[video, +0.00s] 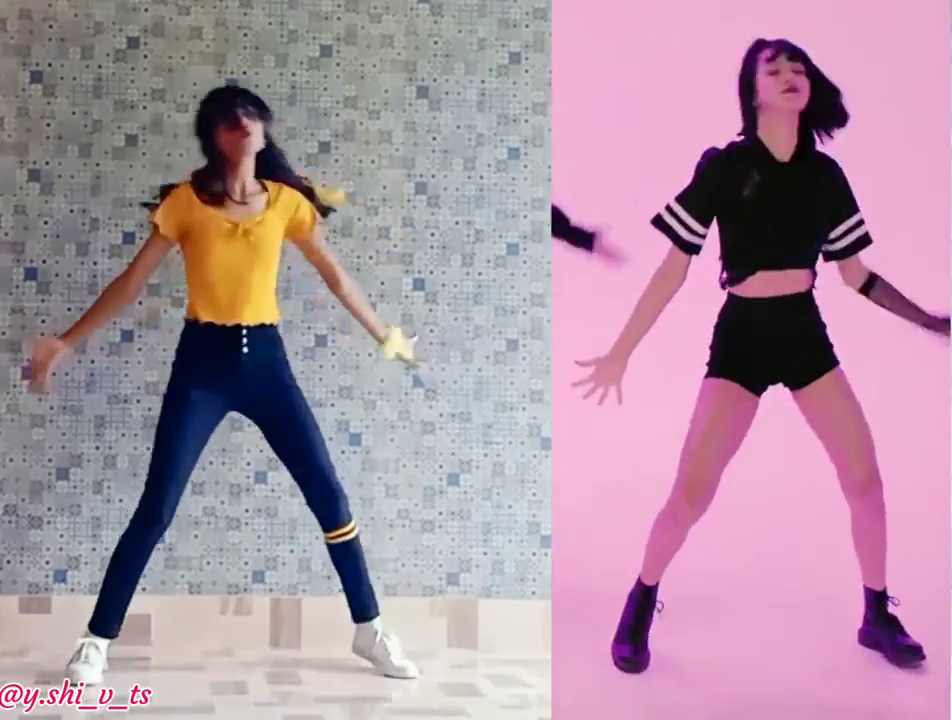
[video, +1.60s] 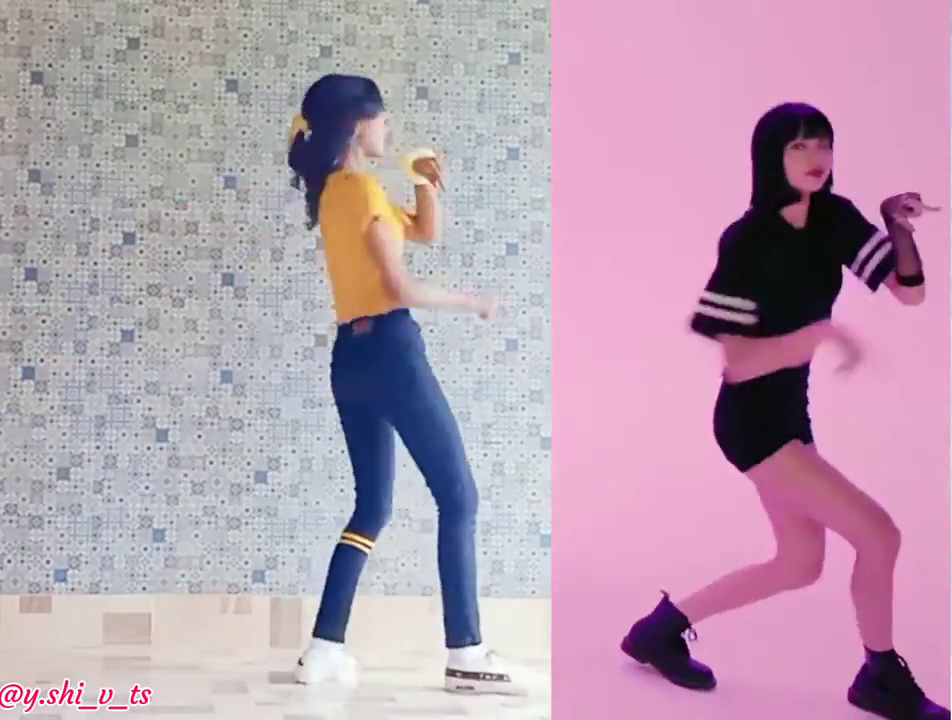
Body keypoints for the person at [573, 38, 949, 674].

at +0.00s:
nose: (789, 75)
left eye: (797, 67)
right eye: (773, 68)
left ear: (811, 87)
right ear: (751, 90)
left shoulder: (823, 172)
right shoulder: (722, 169)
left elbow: (857, 273)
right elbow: (672, 269)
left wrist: (929, 320)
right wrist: (621, 351)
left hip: (805, 334)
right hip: (741, 337)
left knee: (864, 480)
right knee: (691, 497)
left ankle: (877, 614)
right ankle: (640, 606)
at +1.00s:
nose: (739, 123)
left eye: (748, 106)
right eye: (722, 116)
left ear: (773, 108)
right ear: (710, 134)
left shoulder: (817, 172)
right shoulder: (727, 207)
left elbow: (826, 256)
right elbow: (659, 312)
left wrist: (840, 327)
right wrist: (574, 393)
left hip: (779, 370)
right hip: (722, 362)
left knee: (864, 507)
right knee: (680, 527)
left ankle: (820, 643)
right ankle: (599, 659)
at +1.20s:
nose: (770, 138)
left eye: (781, 124)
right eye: (755, 125)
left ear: (795, 126)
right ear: (730, 129)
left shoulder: (786, 177)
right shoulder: (712, 207)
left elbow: (808, 247)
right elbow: (694, 314)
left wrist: (878, 253)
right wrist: (671, 414)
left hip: (799, 374)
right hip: (745, 377)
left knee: (826, 536)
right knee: (726, 554)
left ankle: (746, 659)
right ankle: (601, 650)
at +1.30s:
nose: (786, 120)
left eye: (796, 107)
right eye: (771, 107)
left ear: (808, 111)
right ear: (743, 111)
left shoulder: (812, 159)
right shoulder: (708, 191)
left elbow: (855, 251)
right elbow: (701, 300)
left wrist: (873, 196)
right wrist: (701, 396)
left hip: (806, 354)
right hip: (743, 361)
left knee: (796, 525)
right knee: (799, 527)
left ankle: (726, 642)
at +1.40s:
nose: (797, 151)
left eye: (806, 139)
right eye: (782, 139)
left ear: (817, 148)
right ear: (751, 148)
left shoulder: (825, 212)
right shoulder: (718, 223)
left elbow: (860, 309)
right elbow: (696, 323)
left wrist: (858, 236)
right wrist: (681, 409)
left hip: (787, 387)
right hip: (732, 391)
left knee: (783, 554)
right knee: (845, 523)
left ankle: (687, 645)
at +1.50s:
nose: (806, 186)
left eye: (815, 174)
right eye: (791, 173)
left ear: (825, 185)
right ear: (763, 183)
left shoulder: (829, 248)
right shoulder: (725, 256)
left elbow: (859, 330)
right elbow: (680, 342)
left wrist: (866, 275)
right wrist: (684, 418)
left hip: (795, 418)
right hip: (740, 425)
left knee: (798, 581)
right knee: (859, 545)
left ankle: (676, 637)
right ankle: (889, 677)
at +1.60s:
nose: (816, 157)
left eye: (823, 144)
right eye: (800, 146)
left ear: (833, 153)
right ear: (772, 157)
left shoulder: (833, 216)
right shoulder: (748, 240)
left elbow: (910, 291)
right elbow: (734, 362)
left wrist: (902, 232)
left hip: (788, 405)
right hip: (748, 415)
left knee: (798, 565)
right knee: (877, 535)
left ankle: (663, 626)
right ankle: (880, 672)